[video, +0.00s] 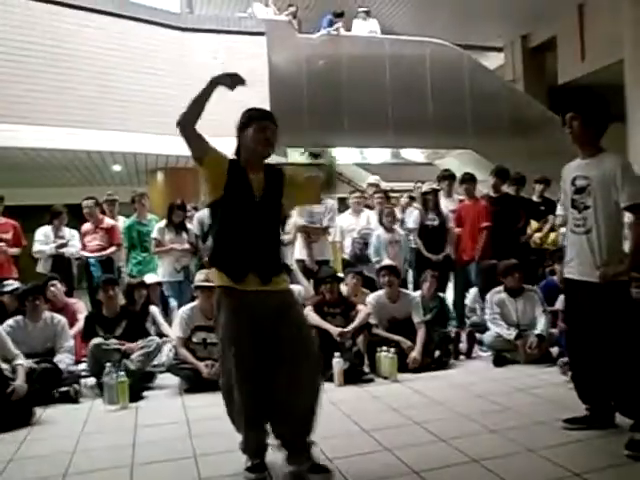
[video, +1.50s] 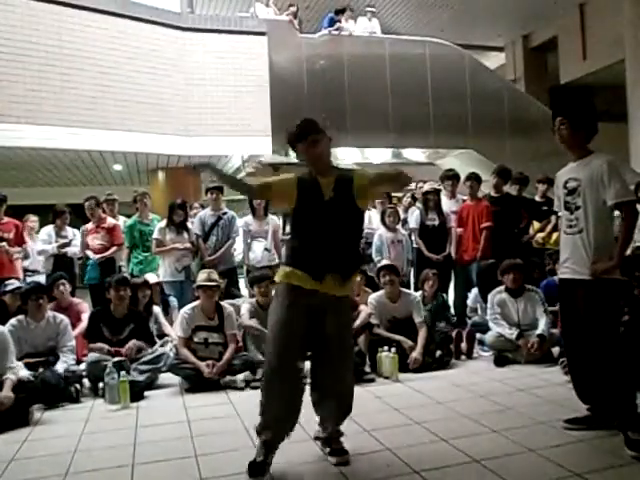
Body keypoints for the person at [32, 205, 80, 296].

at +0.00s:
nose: (62, 222)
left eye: (63, 219)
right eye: (59, 219)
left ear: (66, 219)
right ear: (53, 219)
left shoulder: (73, 233)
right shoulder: (42, 231)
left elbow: (76, 251)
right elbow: (36, 251)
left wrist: (61, 251)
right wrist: (54, 247)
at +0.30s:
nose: (63, 222)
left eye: (65, 219)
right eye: (60, 219)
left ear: (67, 219)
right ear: (54, 219)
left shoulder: (73, 232)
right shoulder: (44, 231)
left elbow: (77, 250)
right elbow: (38, 251)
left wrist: (63, 251)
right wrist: (55, 247)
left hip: (68, 265)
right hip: (52, 266)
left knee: (69, 294)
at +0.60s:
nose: (63, 222)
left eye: (65, 219)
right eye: (60, 219)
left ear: (67, 219)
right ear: (54, 220)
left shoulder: (73, 233)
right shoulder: (44, 231)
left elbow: (77, 250)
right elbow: (38, 250)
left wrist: (63, 251)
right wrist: (55, 247)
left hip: (68, 268)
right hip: (49, 268)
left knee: (69, 297)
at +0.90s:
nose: (63, 222)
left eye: (65, 219)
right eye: (60, 219)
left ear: (68, 219)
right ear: (54, 219)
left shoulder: (74, 232)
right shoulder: (45, 231)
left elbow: (78, 249)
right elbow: (39, 249)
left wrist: (65, 251)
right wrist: (56, 247)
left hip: (68, 265)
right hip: (51, 264)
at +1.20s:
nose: (64, 222)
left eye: (66, 218)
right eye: (61, 219)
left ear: (68, 219)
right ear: (56, 219)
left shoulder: (74, 232)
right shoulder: (46, 231)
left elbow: (79, 250)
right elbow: (39, 249)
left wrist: (66, 251)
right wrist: (56, 247)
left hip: (69, 264)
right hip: (52, 264)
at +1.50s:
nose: (65, 222)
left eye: (67, 219)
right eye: (63, 219)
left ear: (69, 219)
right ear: (56, 219)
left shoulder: (74, 232)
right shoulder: (46, 231)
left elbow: (79, 250)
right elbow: (39, 249)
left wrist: (66, 251)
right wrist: (56, 248)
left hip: (69, 266)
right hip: (52, 266)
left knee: (69, 295)